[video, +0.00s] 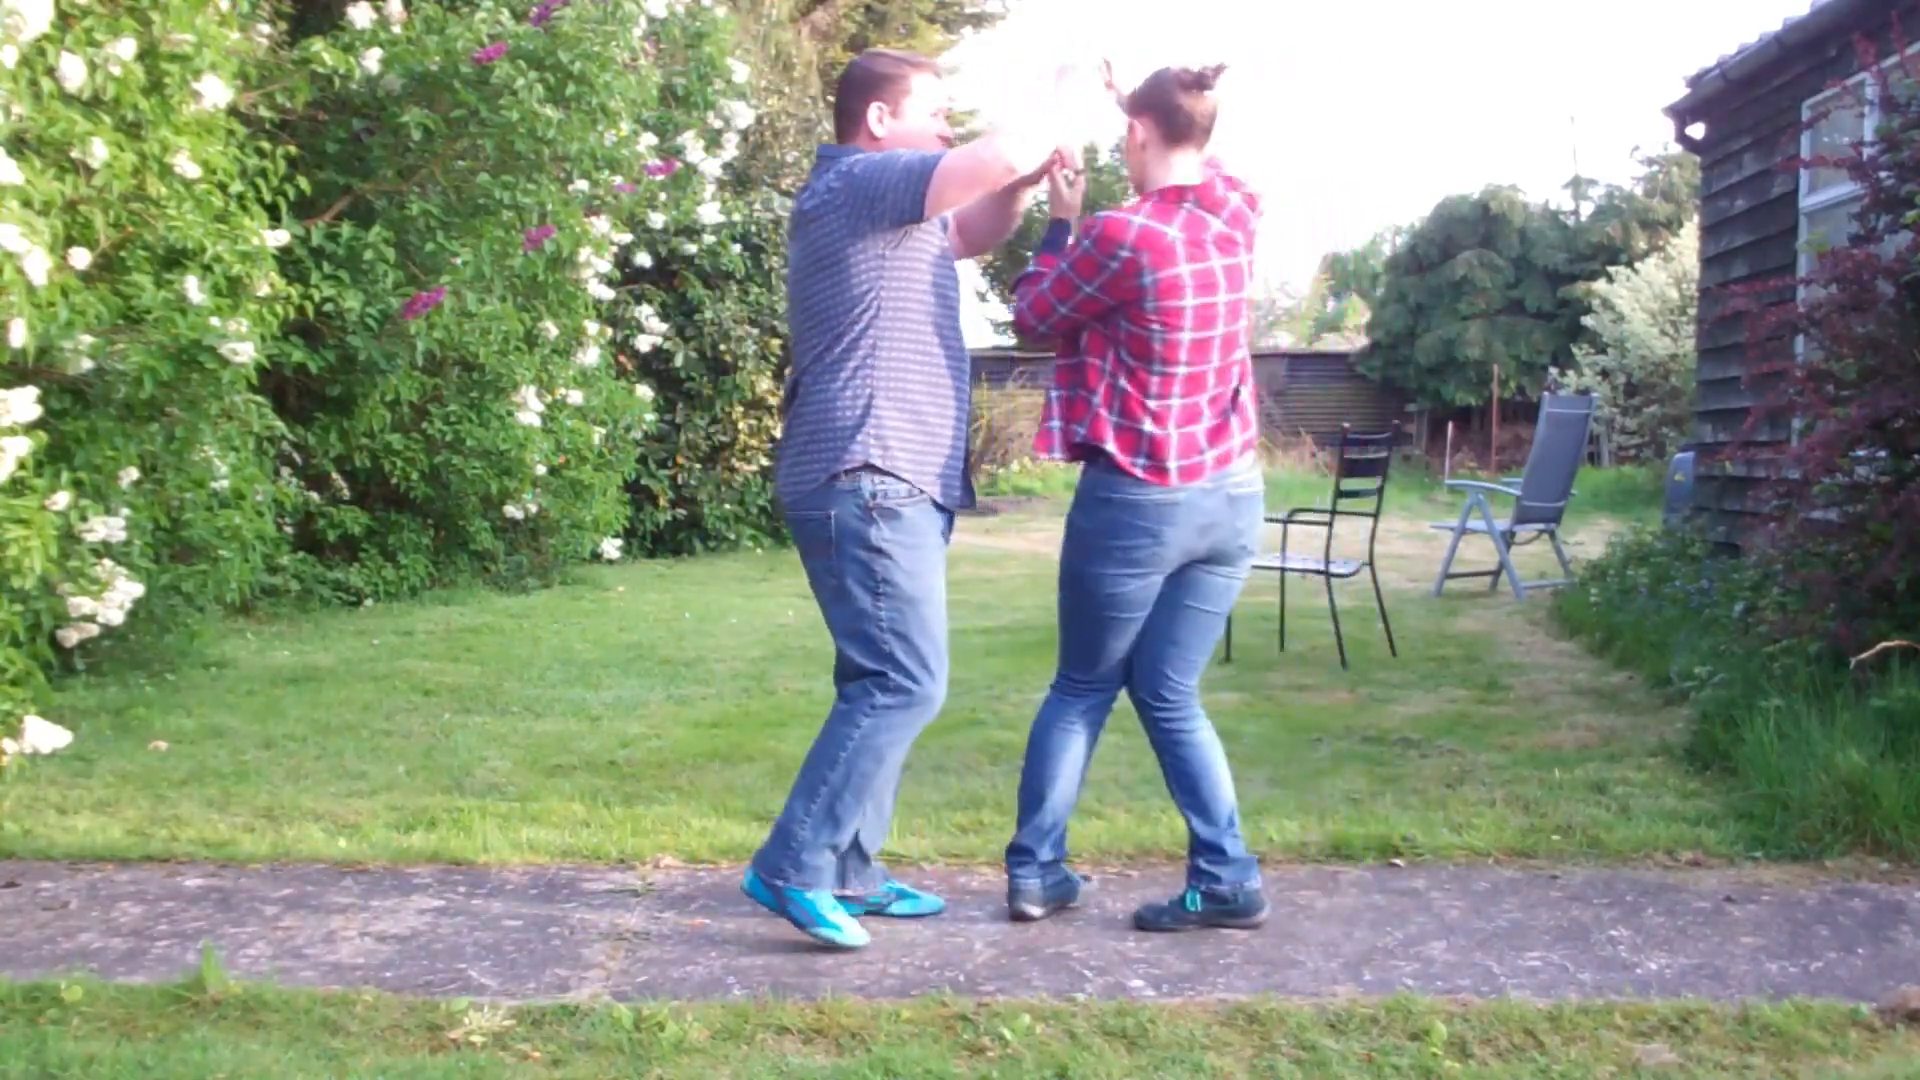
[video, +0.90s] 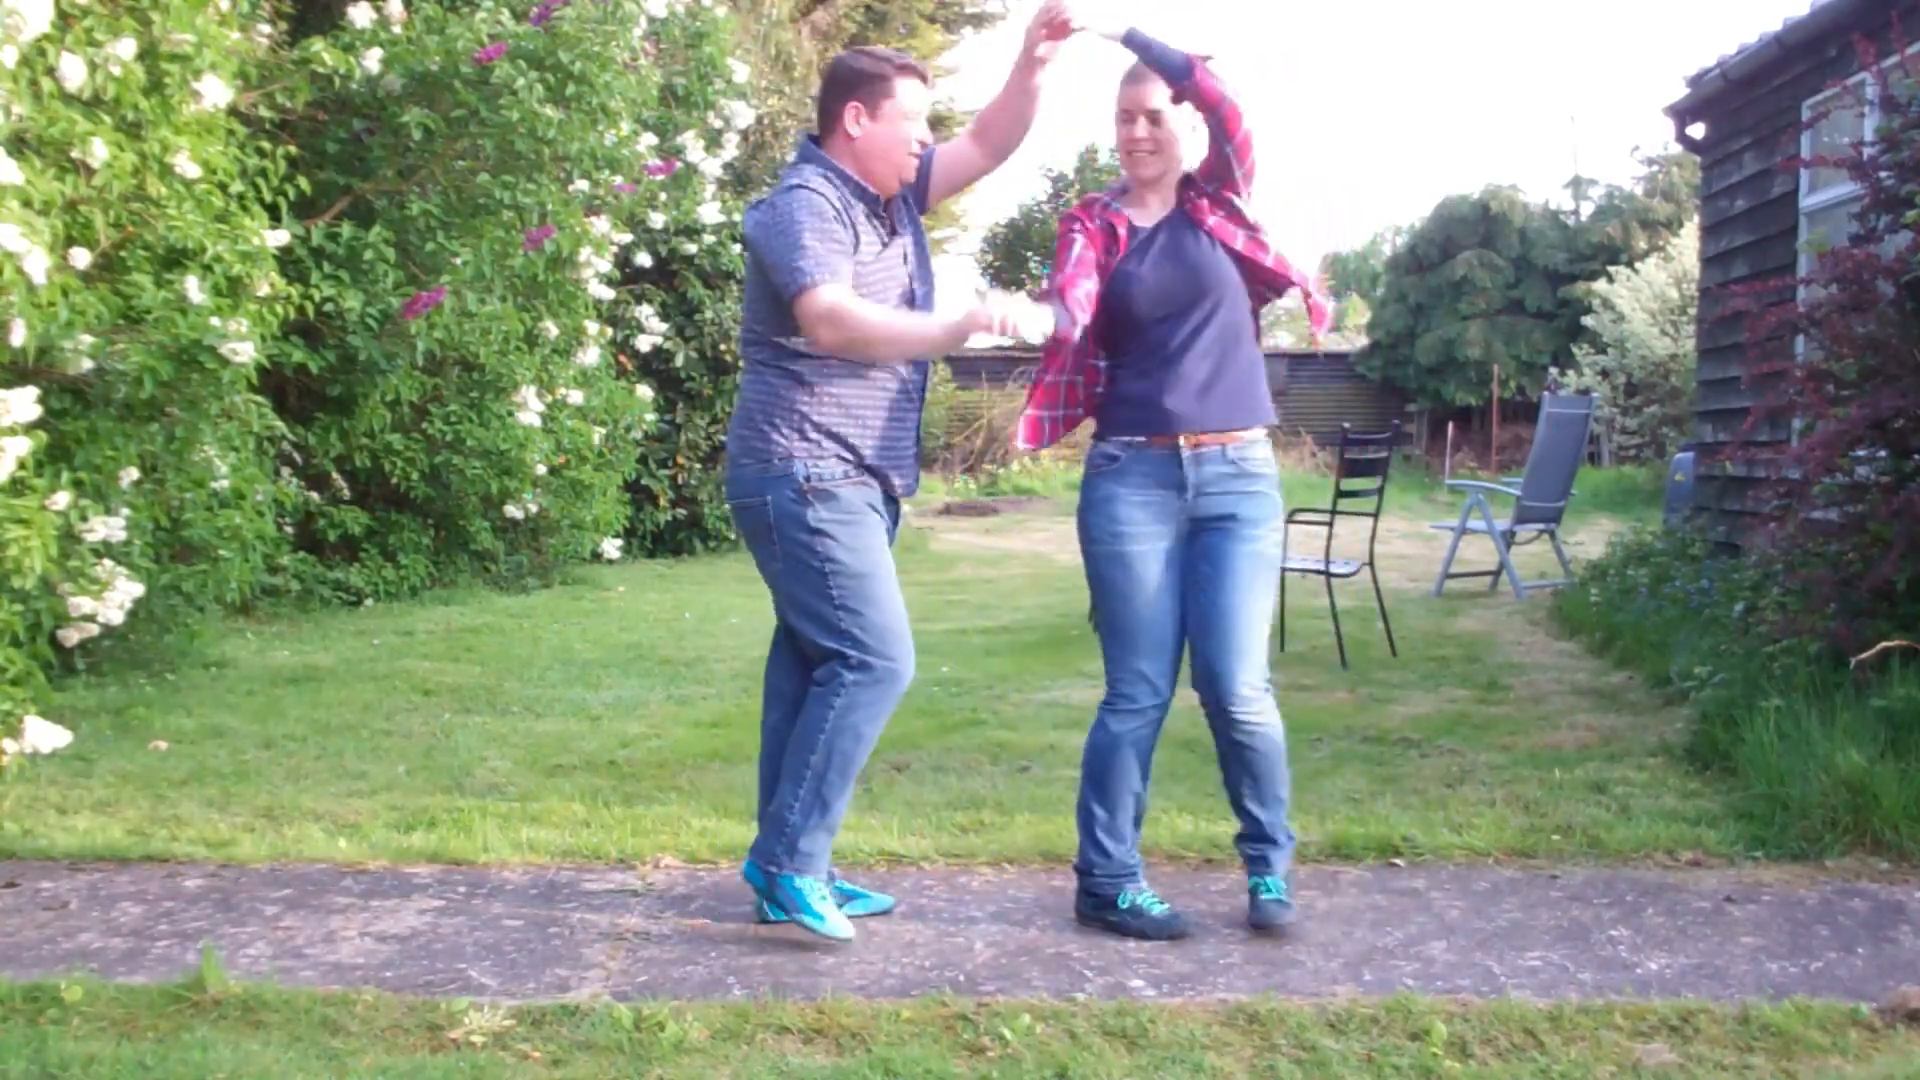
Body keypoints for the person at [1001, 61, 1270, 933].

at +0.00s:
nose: (1123, 141)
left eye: (1127, 129)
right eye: (1125, 129)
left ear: (1142, 135)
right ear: (1203, 136)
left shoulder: (1124, 235)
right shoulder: (1236, 214)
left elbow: (1032, 316)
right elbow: (1201, 170)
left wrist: (1062, 223)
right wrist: (1138, 100)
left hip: (1136, 501)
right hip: (1232, 497)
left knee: (1083, 685)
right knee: (1170, 688)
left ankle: (1034, 870)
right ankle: (1226, 879)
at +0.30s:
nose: (1171, 146)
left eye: (1166, 129)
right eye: (1166, 130)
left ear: (1085, 125)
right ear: (1148, 131)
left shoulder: (1037, 227)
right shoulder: (1164, 200)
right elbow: (1258, 120)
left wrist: (1091, 102)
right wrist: (1176, 44)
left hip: (1056, 489)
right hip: (1155, 485)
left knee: (1072, 691)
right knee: (1175, 690)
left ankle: (1033, 876)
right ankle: (1155, 871)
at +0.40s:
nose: (1175, 149)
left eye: (1173, 134)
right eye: (1170, 133)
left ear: (1090, 125)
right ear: (1138, 131)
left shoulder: (1049, 216)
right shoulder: (1133, 200)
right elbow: (1233, 122)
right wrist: (1179, 37)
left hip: (1056, 481)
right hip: (1135, 484)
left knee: (1081, 692)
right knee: (1199, 688)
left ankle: (1034, 878)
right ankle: (1123, 874)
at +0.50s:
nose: (1170, 141)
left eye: (1168, 126)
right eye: (1162, 127)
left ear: (1104, 124)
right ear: (1128, 128)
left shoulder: (1098, 207)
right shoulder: (1093, 195)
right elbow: (1186, 134)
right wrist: (1162, 40)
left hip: (1090, 475)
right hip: (1127, 481)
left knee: (1096, 692)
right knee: (1191, 689)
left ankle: (1034, 873)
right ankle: (1117, 876)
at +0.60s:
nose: (1160, 146)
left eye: (1164, 131)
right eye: (1148, 131)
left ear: (1152, 136)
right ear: (1114, 133)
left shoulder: (1156, 208)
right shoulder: (1076, 207)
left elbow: (1217, 124)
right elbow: (1142, 154)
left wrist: (1170, 39)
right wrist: (1128, 52)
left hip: (1163, 479)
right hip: (1118, 481)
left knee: (1152, 686)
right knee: (1165, 690)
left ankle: (1044, 846)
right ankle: (1112, 880)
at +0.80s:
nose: (1148, 134)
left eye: (1163, 121)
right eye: (1132, 119)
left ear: (1183, 131)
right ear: (1103, 126)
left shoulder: (1201, 199)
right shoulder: (1085, 215)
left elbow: (1240, 95)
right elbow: (1066, 245)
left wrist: (1160, 19)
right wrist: (1056, 188)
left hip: (1225, 470)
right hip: (1124, 470)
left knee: (1243, 682)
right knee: (1137, 688)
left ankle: (1182, 819)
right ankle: (1106, 878)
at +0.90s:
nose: (1139, 132)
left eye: (1157, 118)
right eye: (1125, 117)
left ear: (1191, 128)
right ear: (1108, 130)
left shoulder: (1219, 203)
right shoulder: (1093, 224)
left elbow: (1231, 118)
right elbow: (1072, 319)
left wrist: (1153, 54)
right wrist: (1049, 317)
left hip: (1241, 470)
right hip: (1132, 473)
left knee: (1236, 686)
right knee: (1139, 687)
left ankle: (1268, 860)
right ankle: (1107, 881)